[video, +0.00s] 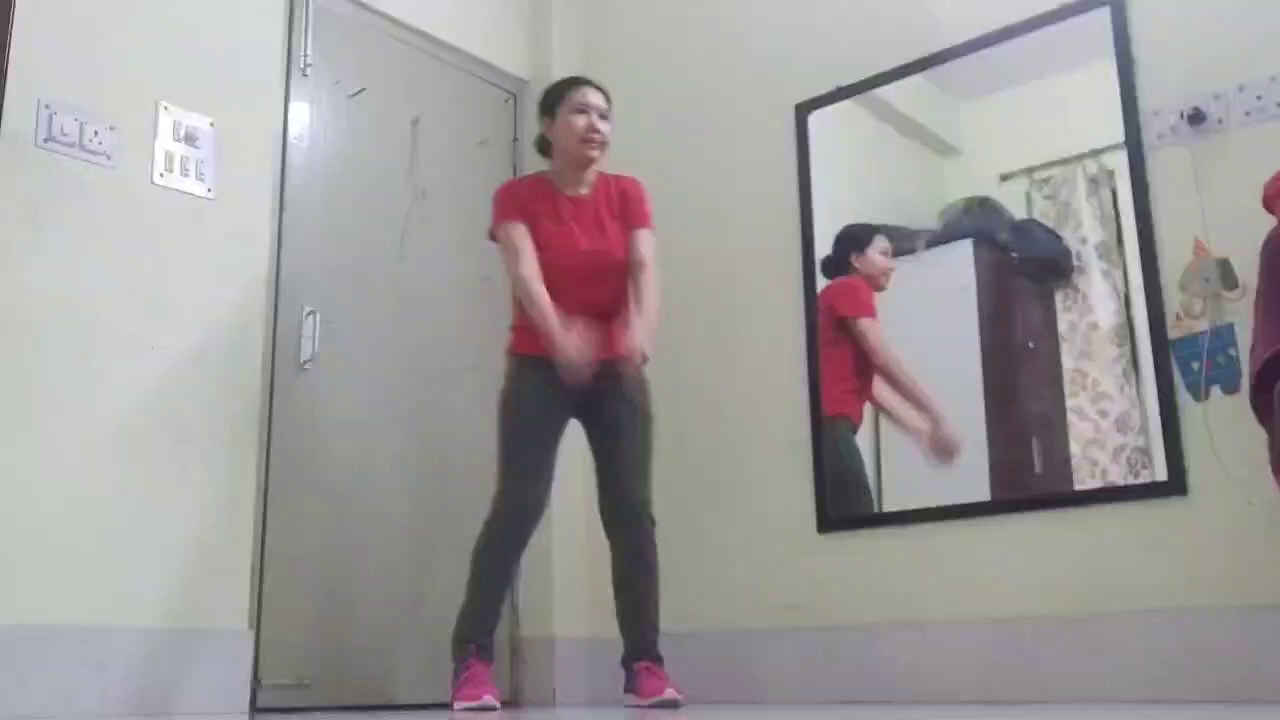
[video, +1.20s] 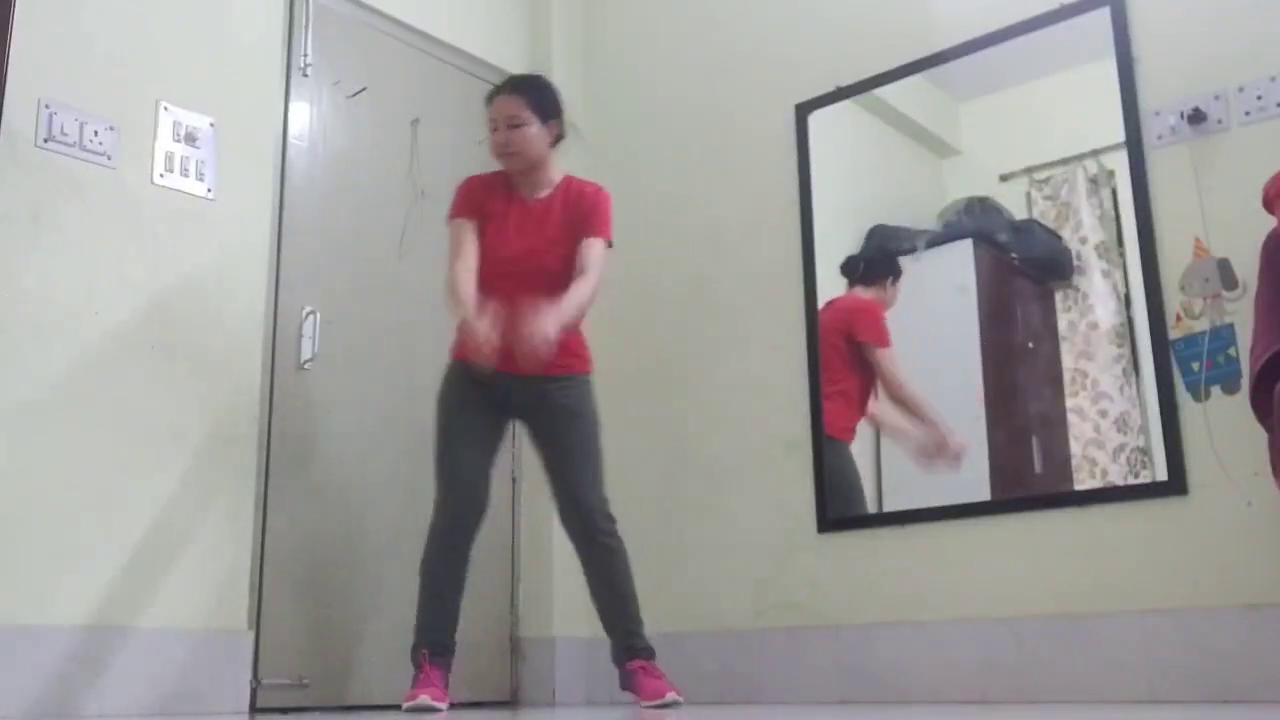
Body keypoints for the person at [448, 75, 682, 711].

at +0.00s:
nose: (595, 123)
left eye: (602, 115)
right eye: (581, 112)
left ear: (610, 131)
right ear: (548, 127)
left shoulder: (626, 193)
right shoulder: (518, 195)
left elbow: (644, 269)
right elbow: (525, 275)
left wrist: (641, 329)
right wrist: (558, 334)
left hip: (616, 368)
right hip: (540, 368)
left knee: (631, 511)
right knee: (518, 508)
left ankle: (644, 664)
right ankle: (473, 661)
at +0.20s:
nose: (619, 122)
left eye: (627, 114)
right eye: (604, 112)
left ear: (636, 132)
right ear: (575, 129)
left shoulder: (657, 198)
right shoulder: (543, 201)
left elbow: (684, 297)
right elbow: (524, 301)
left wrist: (705, 385)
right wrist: (513, 389)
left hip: (643, 371)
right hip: (564, 367)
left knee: (652, 514)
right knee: (558, 479)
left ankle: (650, 662)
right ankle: (533, 636)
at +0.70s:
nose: (616, 121)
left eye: (627, 113)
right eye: (602, 114)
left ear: (645, 131)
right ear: (583, 134)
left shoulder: (672, 203)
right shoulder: (558, 202)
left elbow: (708, 291)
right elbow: (527, 294)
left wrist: (711, 364)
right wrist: (538, 368)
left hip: (655, 374)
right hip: (578, 373)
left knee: (651, 512)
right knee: (569, 481)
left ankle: (647, 663)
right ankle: (588, 586)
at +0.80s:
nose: (602, 119)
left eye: (614, 108)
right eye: (589, 111)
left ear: (638, 123)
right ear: (574, 130)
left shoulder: (668, 196)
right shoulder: (552, 194)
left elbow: (694, 284)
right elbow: (522, 284)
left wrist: (654, 307)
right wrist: (558, 292)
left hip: (647, 372)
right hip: (569, 368)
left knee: (646, 513)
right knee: (526, 470)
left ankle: (647, 664)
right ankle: (541, 604)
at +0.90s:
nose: (582, 119)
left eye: (594, 108)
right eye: (571, 111)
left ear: (623, 118)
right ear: (560, 125)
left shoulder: (652, 181)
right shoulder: (546, 182)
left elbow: (664, 258)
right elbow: (513, 260)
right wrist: (549, 216)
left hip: (633, 365)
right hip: (555, 361)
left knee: (638, 516)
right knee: (503, 493)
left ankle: (646, 665)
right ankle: (470, 646)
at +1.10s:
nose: (531, 136)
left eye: (543, 123)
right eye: (522, 126)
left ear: (580, 126)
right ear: (516, 132)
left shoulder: (613, 193)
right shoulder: (503, 187)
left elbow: (606, 259)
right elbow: (483, 256)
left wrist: (557, 227)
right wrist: (510, 219)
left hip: (590, 374)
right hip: (510, 372)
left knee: (613, 517)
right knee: (476, 517)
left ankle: (643, 666)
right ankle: (434, 670)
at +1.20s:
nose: (503, 138)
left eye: (515, 125)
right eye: (494, 127)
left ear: (552, 129)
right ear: (488, 135)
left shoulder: (588, 199)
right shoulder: (476, 192)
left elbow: (589, 276)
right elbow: (463, 264)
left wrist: (553, 319)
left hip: (558, 380)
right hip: (478, 376)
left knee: (588, 514)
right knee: (457, 509)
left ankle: (636, 660)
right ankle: (431, 668)